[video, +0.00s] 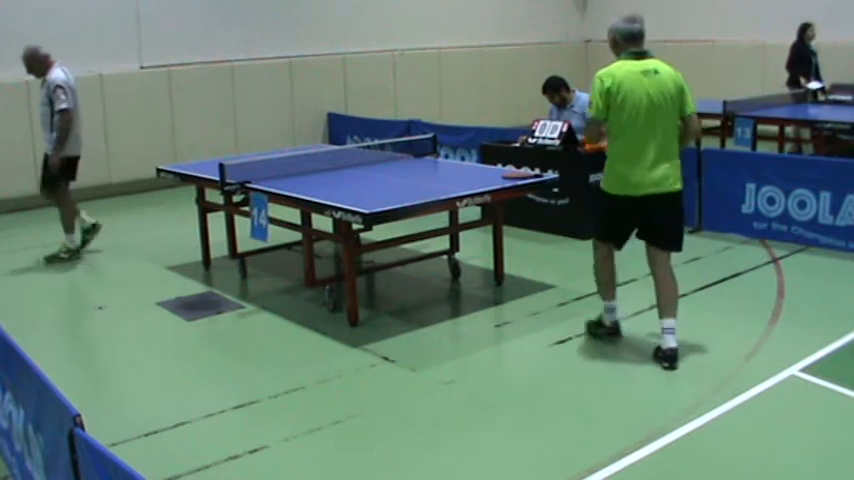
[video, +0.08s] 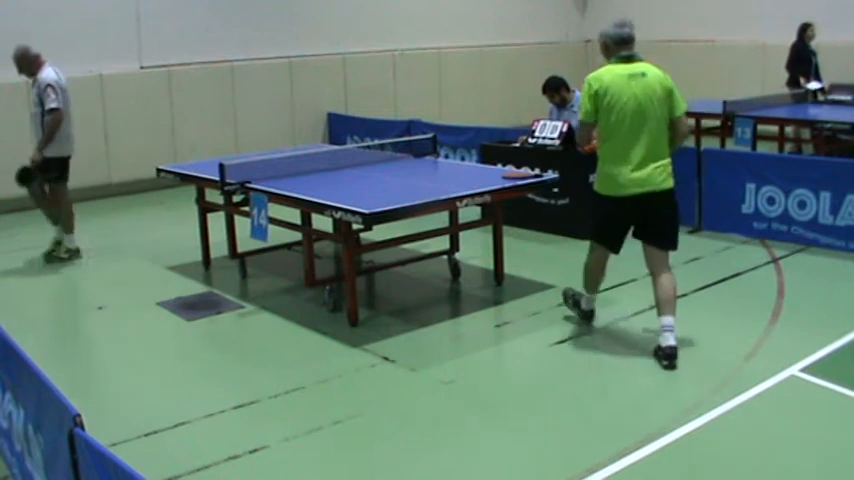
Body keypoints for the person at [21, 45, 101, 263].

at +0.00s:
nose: (30, 73)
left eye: (30, 67)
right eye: (28, 68)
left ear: (40, 61)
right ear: (41, 60)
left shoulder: (56, 80)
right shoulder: (54, 77)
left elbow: (65, 116)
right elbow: (63, 115)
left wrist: (57, 151)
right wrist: (54, 146)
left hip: (64, 151)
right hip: (58, 149)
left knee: (62, 194)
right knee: (50, 190)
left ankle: (71, 244)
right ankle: (86, 223)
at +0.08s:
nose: (21, 74)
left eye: (21, 69)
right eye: (19, 69)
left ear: (30, 62)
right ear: (35, 58)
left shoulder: (47, 80)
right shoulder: (46, 77)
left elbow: (56, 115)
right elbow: (52, 116)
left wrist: (39, 150)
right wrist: (40, 148)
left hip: (57, 151)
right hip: (51, 151)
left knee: (59, 195)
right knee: (38, 192)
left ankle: (70, 244)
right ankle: (61, 236)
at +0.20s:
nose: (7, 74)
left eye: (7, 69)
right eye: (5, 70)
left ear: (17, 62)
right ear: (17, 62)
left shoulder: (33, 81)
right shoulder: (30, 79)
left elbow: (41, 116)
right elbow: (38, 117)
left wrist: (21, 146)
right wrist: (23, 146)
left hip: (43, 152)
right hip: (37, 152)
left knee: (53, 196)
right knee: (27, 196)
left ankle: (70, 245)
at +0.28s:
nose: (1, 77)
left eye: (1, 72)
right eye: (0, 72)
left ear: (8, 66)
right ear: (12, 63)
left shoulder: (24, 83)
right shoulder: (23, 81)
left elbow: (34, 118)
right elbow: (31, 119)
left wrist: (11, 147)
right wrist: (15, 146)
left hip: (33, 155)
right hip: (29, 155)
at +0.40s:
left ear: (0, 65)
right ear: (3, 63)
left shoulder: (12, 82)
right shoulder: (9, 82)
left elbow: (24, 118)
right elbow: (22, 119)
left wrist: (7, 148)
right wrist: (7, 147)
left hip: (19, 158)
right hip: (11, 158)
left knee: (19, 203)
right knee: (11, 204)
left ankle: (57, 237)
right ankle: (13, 249)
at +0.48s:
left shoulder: (5, 82)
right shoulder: (6, 82)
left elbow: (18, 117)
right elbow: (17, 117)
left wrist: (6, 151)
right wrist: (6, 149)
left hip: (14, 155)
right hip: (8, 156)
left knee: (6, 201)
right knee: (5, 203)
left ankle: (41, 235)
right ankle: (13, 249)